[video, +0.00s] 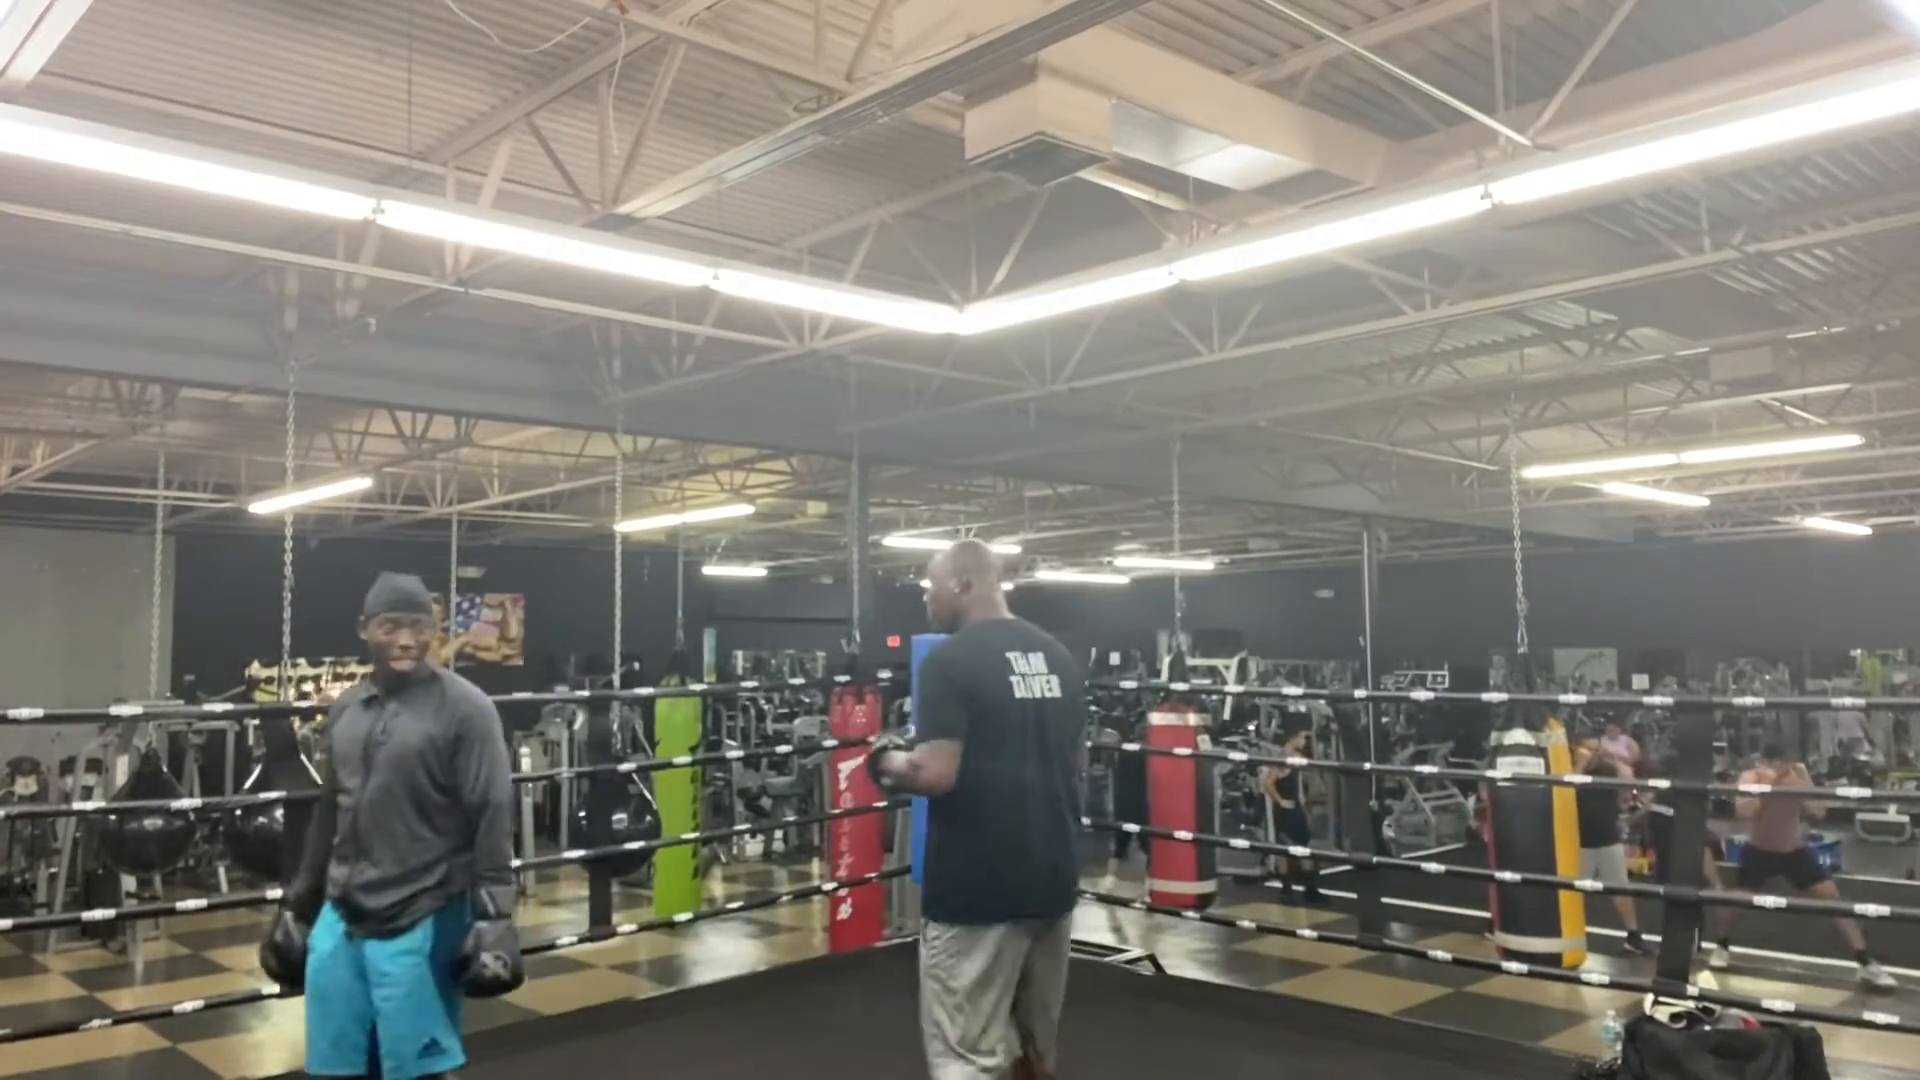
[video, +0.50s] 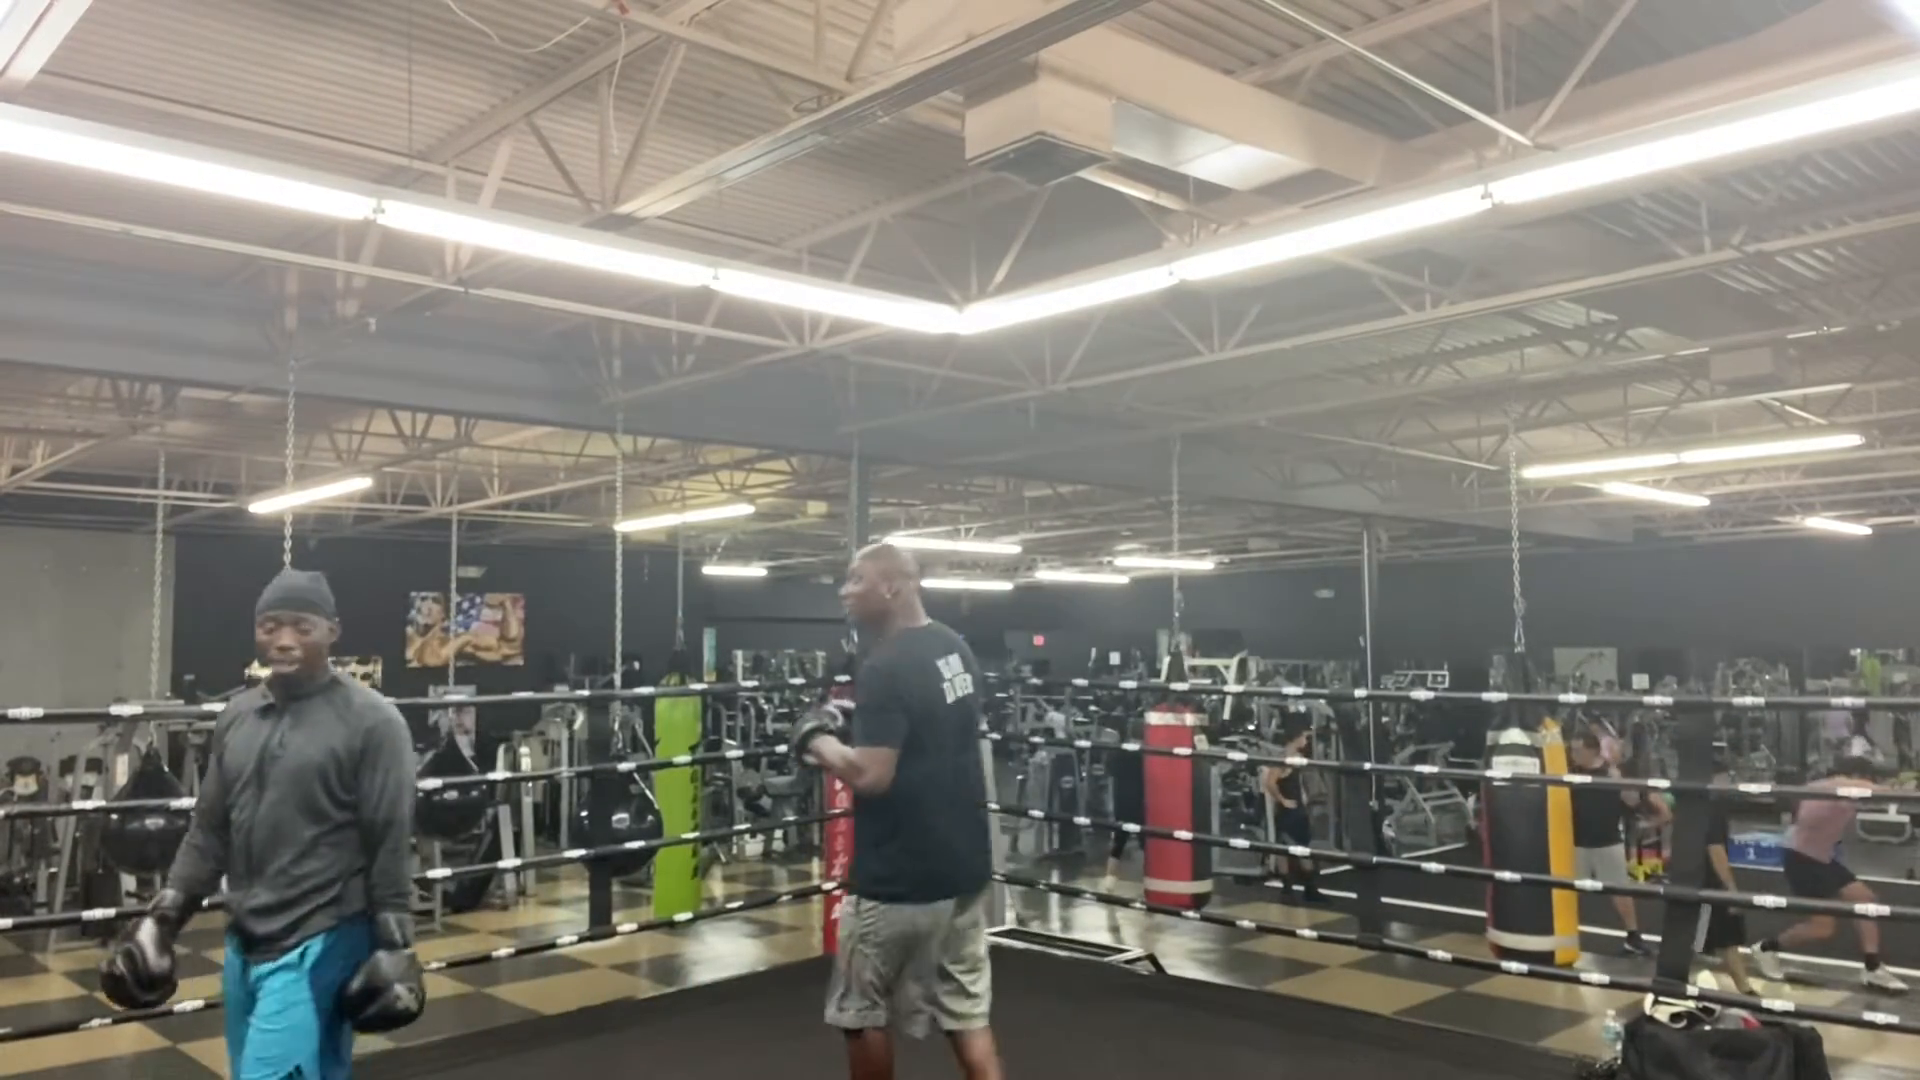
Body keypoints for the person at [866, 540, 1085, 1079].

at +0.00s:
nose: (926, 599)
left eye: (931, 587)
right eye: (927, 588)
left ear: (962, 585)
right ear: (991, 585)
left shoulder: (951, 658)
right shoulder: (1060, 657)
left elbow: (937, 773)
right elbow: (1070, 762)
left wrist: (888, 761)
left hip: (973, 888)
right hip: (1050, 880)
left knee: (965, 1057)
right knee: (1034, 1052)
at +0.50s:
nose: (844, 592)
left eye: (855, 581)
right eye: (846, 582)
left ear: (895, 587)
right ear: (901, 589)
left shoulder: (886, 665)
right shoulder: (951, 645)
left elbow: (872, 775)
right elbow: (936, 746)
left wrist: (822, 744)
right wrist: (862, 723)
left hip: (898, 874)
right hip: (965, 864)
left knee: (863, 1013)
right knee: (968, 1013)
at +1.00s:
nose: (789, 605)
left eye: (801, 595)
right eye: (788, 596)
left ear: (833, 600)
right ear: (797, 603)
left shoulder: (867, 670)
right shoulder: (817, 665)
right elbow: (826, 747)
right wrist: (781, 746)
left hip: (866, 870)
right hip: (821, 860)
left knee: (856, 1014)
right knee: (810, 985)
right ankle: (832, 1070)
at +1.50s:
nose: (814, 605)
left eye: (825, 596)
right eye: (806, 597)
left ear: (845, 606)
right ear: (792, 606)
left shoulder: (876, 671)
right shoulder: (770, 669)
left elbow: (913, 750)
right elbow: (749, 736)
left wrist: (858, 754)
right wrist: (735, 737)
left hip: (851, 856)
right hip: (781, 849)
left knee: (854, 982)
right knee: (786, 978)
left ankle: (873, 1058)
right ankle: (818, 1068)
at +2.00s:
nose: (885, 607)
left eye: (894, 596)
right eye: (873, 595)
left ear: (905, 603)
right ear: (850, 601)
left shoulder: (924, 674)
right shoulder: (809, 667)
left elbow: (932, 752)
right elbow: (767, 747)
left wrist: (942, 770)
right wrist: (823, 756)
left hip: (901, 851)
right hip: (823, 857)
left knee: (923, 981)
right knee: (817, 982)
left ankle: (929, 1076)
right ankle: (820, 1064)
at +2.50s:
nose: (936, 586)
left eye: (941, 575)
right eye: (922, 575)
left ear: (950, 582)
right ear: (893, 582)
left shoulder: (979, 656)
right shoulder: (849, 652)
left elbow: (1011, 747)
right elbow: (809, 737)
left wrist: (986, 740)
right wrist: (851, 741)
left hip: (944, 864)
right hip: (859, 862)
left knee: (943, 1006)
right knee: (862, 1007)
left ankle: (939, 1079)